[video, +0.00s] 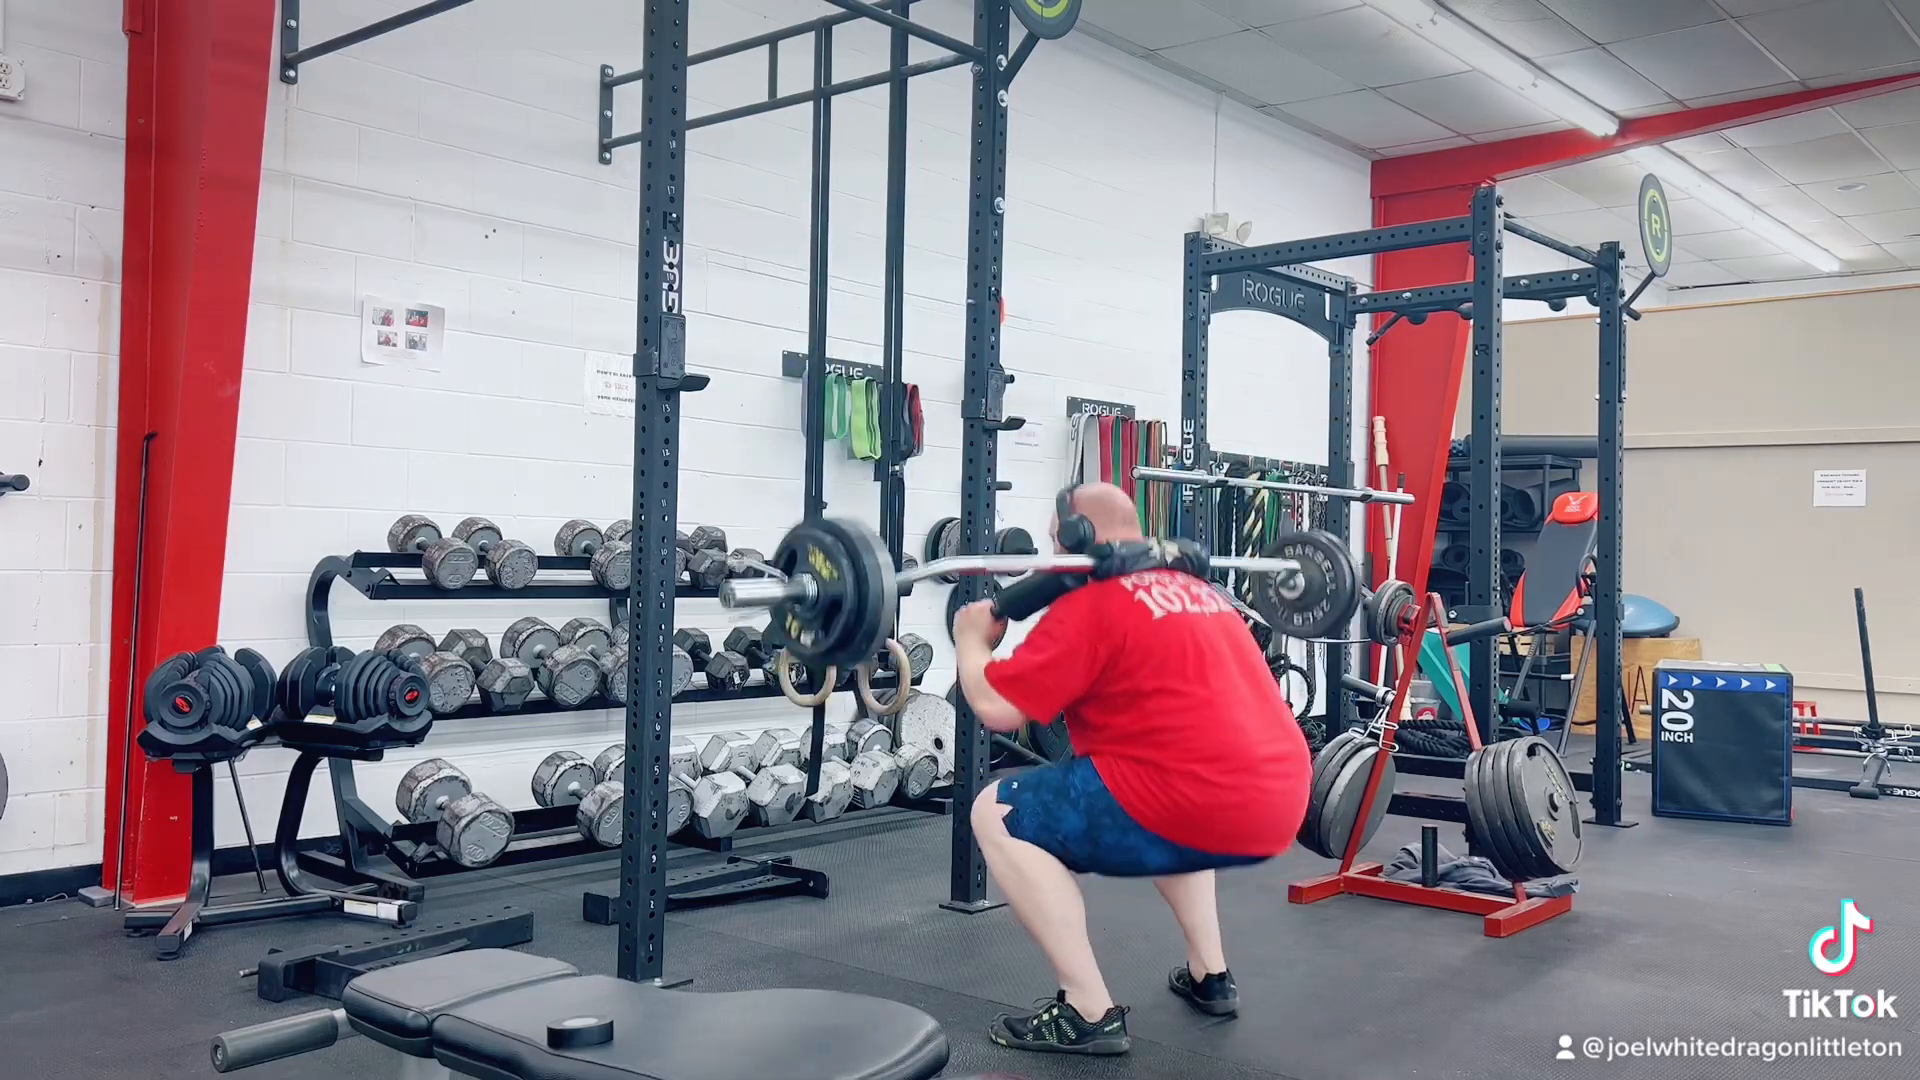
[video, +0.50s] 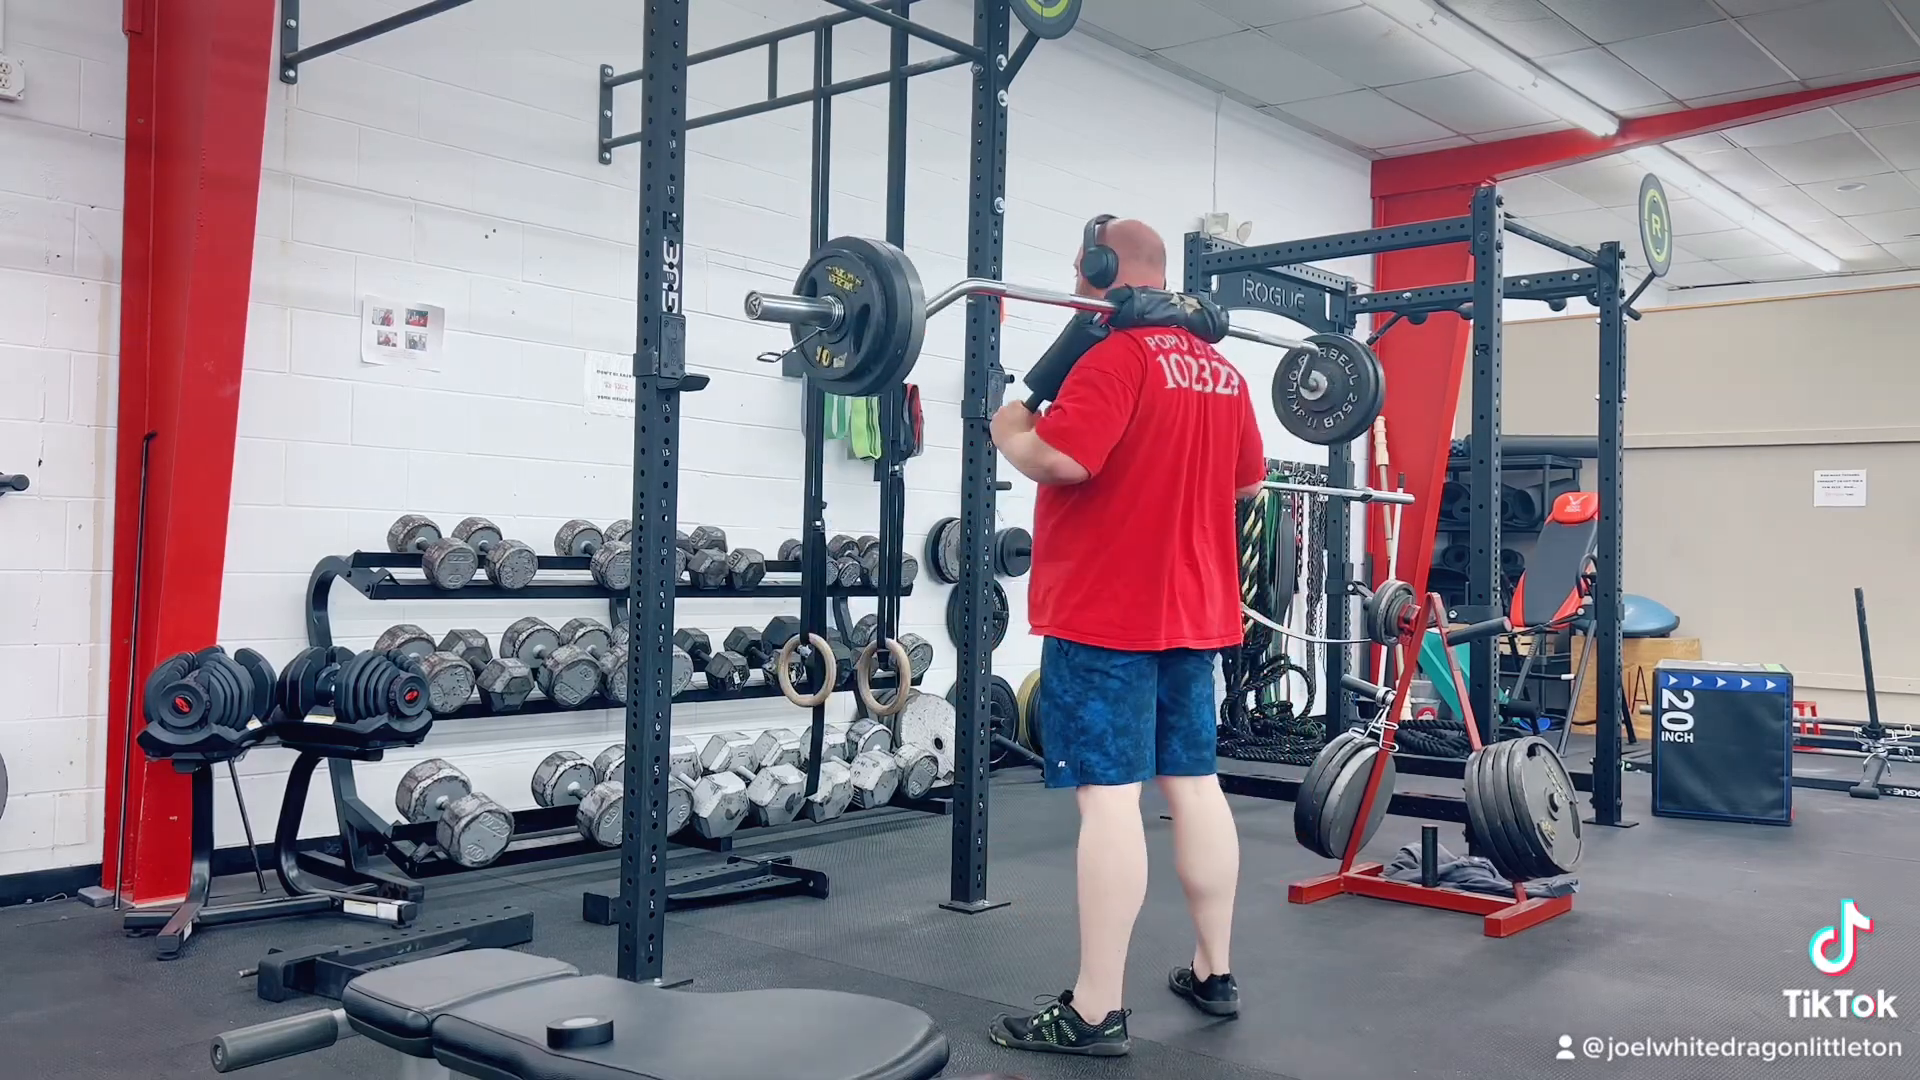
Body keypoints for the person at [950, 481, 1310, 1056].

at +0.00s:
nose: (1055, 545)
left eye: (1056, 537)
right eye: (1058, 536)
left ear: (1068, 542)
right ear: (1138, 534)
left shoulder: (1091, 605)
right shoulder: (1196, 587)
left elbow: (995, 707)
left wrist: (970, 639)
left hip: (1188, 806)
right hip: (1278, 802)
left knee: (997, 813)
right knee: (1143, 783)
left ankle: (1088, 1008)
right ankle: (1210, 973)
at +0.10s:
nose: (1052, 468)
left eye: (1053, 458)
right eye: (1056, 458)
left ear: (1066, 461)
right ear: (1140, 453)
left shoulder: (1095, 523)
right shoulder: (1200, 514)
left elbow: (1007, 627)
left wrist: (971, 572)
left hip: (1162, 731)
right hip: (1261, 732)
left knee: (1003, 808)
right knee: (1167, 813)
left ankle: (1088, 1008)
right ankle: (1210, 975)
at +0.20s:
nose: (1057, 389)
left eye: (1061, 375)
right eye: (1059, 375)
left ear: (1083, 377)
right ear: (1144, 372)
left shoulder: (1100, 443)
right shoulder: (1206, 443)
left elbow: (1012, 549)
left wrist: (981, 496)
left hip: (1141, 668)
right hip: (1235, 670)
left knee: (1019, 799)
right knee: (1167, 794)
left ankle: (1089, 1007)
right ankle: (1211, 974)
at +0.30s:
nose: (1072, 317)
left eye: (1074, 305)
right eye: (1075, 304)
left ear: (1089, 307)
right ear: (1155, 302)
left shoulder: (1106, 372)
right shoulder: (1214, 382)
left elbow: (1032, 471)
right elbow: (1232, 496)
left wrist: (991, 430)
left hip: (1120, 618)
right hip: (1212, 618)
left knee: (1058, 786)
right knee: (1177, 781)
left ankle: (1092, 1006)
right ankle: (1213, 972)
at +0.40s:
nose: (1077, 293)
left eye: (1078, 281)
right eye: (1079, 281)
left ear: (1097, 281)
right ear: (1160, 276)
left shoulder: (1109, 351)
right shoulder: (1217, 362)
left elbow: (1039, 450)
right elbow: (1238, 477)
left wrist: (1000, 413)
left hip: (1112, 606)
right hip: (1203, 604)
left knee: (1100, 796)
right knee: (1192, 782)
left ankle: (1095, 1007)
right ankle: (1214, 973)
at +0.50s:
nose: (1077, 292)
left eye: (1079, 280)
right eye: (1080, 279)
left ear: (1099, 281)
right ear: (1162, 278)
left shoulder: (1113, 351)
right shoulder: (1219, 365)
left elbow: (1065, 459)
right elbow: (1248, 475)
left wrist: (1011, 429)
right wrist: (1165, 477)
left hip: (1107, 611)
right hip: (1196, 612)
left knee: (1108, 799)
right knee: (1196, 783)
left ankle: (1096, 1009)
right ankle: (1215, 973)